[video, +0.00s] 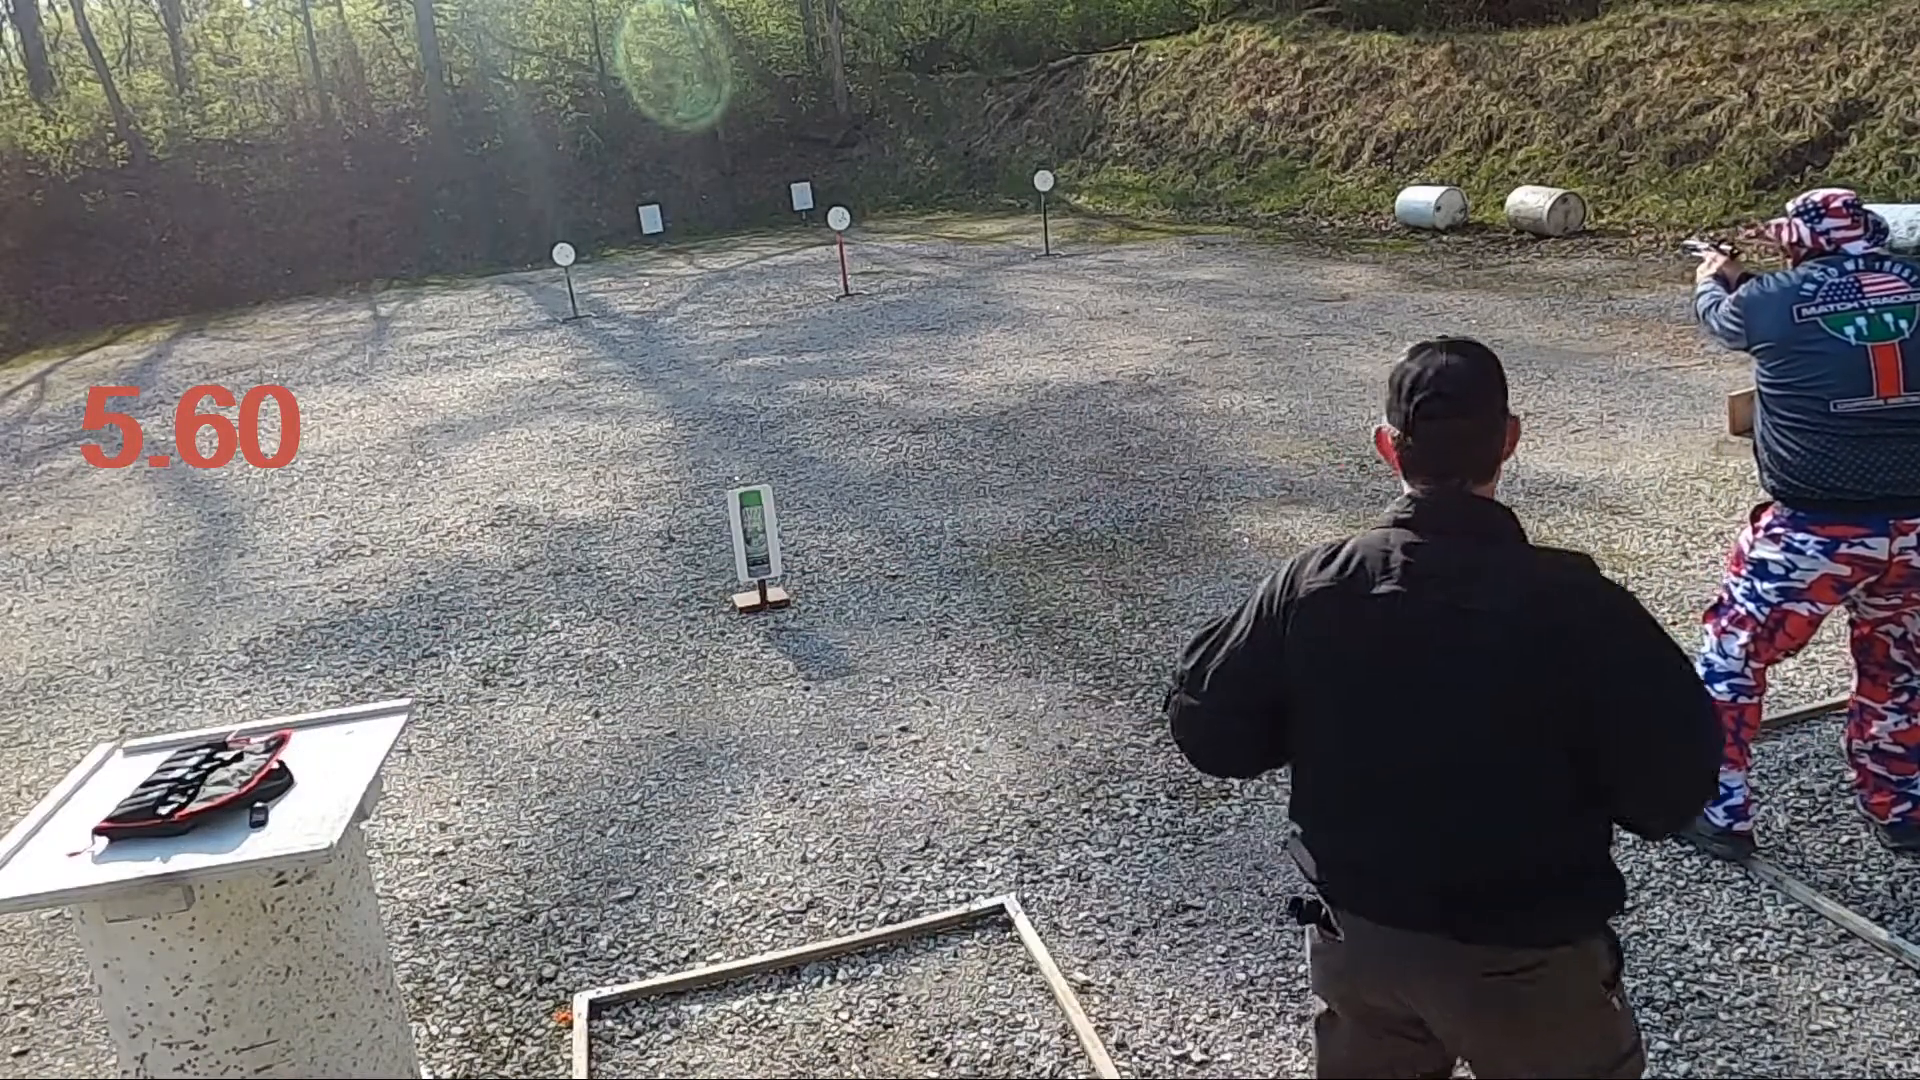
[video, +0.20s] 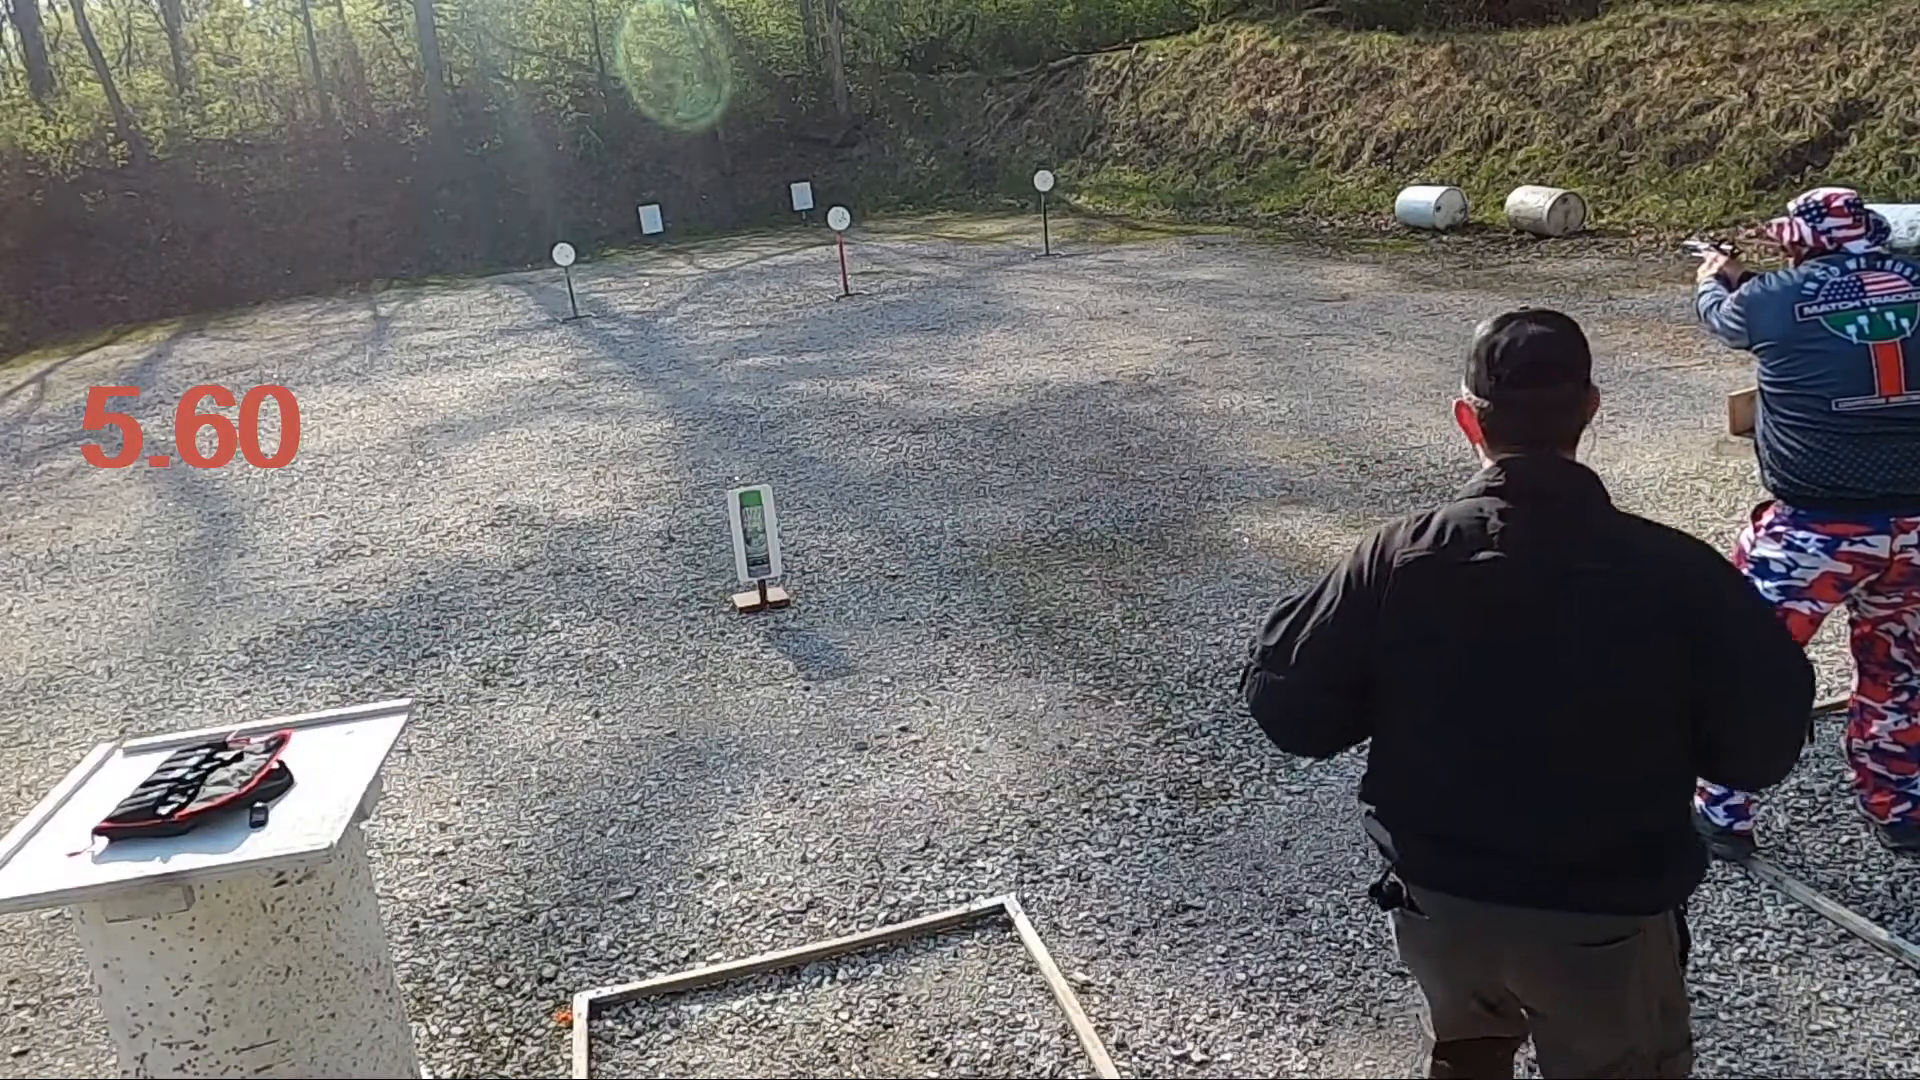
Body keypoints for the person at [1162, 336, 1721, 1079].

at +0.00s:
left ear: (1389, 448)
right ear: (1511, 440)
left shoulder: (1313, 589)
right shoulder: (1575, 600)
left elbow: (1206, 729)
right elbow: (1677, 785)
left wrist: (1328, 701)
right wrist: (1568, 751)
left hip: (1359, 955)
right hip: (1531, 972)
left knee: (1365, 1066)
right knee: (1594, 1066)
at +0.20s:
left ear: (1470, 421)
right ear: (1591, 410)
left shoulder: (1395, 566)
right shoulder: (1683, 574)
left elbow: (1287, 707)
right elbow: (1767, 747)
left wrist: (1406, 668)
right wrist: (1657, 700)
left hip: (1439, 913)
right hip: (1609, 935)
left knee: (1466, 1052)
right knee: (1623, 1066)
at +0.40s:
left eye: (1504, 400)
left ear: (1510, 416)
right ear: (1628, 404)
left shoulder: (1440, 557)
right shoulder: (1724, 562)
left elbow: (1337, 704)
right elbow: (1796, 728)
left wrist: (1451, 660)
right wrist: (1687, 687)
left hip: (1491, 914)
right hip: (1657, 921)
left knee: (1528, 1068)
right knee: (1657, 1067)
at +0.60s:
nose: (1510, 407)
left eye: (1513, 395)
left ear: (1522, 412)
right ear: (1633, 400)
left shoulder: (1454, 552)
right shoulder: (1729, 549)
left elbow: (1359, 698)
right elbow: (1802, 710)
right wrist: (1701, 673)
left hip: (1524, 899)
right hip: (1687, 899)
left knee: (1574, 1070)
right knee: (1710, 1067)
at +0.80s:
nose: (1526, 394)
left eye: (1525, 384)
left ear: (1535, 400)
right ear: (1645, 388)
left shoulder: (1467, 543)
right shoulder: (1737, 537)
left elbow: (1369, 686)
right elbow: (1811, 692)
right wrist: (1705, 666)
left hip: (1540, 880)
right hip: (1703, 877)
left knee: (1582, 1071)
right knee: (1760, 1055)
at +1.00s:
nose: (1543, 391)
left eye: (1543, 381)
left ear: (1553, 397)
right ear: (1661, 384)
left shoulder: (1493, 537)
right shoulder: (1756, 531)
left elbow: (1391, 687)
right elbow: (1829, 681)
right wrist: (1723, 673)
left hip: (1556, 878)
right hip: (1719, 876)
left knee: (1590, 1071)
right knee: (1771, 1065)